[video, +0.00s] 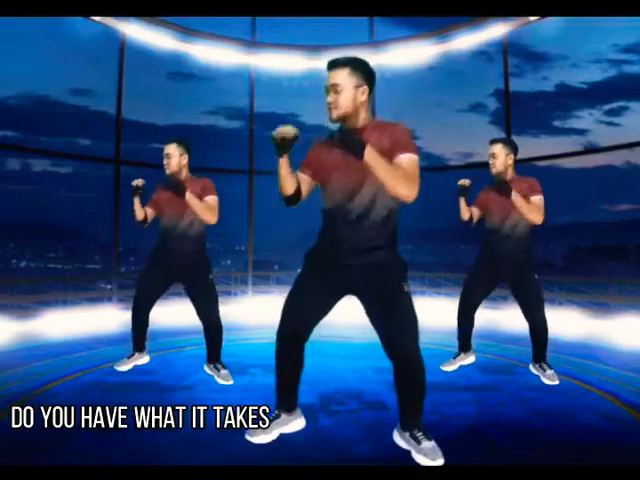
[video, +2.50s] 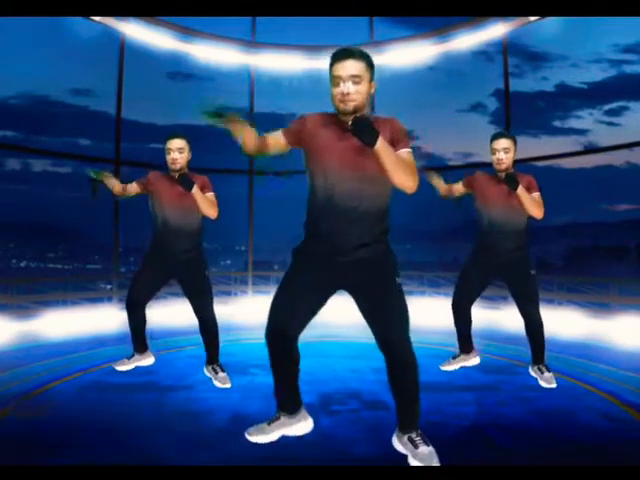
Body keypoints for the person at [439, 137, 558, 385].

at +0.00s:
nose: (491, 161)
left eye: (495, 156)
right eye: (490, 157)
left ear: (511, 158)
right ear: (491, 160)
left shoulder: (529, 185)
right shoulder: (488, 192)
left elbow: (537, 217)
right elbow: (468, 217)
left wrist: (514, 195)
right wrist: (463, 196)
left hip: (520, 262)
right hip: (490, 261)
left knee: (537, 317)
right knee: (467, 304)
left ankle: (539, 362)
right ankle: (465, 352)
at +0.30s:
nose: (479, 162)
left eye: (483, 157)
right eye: (479, 158)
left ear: (498, 159)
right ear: (483, 161)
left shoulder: (517, 185)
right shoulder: (480, 187)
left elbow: (527, 217)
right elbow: (465, 210)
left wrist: (501, 199)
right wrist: (466, 188)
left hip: (510, 259)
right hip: (487, 258)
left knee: (521, 313)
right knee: (462, 301)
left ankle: (541, 360)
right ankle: (466, 352)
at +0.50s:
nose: (479, 162)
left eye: (481, 158)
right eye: (480, 158)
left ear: (490, 160)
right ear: (497, 161)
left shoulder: (492, 178)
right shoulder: (502, 180)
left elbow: (457, 184)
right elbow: (464, 184)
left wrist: (440, 176)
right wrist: (443, 178)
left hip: (496, 259)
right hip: (493, 257)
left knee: (505, 316)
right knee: (461, 299)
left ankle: (555, 357)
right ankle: (465, 352)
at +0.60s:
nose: (478, 164)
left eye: (481, 160)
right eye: (478, 160)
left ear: (490, 160)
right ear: (495, 161)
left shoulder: (493, 178)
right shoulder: (500, 180)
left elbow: (456, 182)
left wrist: (436, 174)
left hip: (498, 259)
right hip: (491, 258)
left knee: (511, 315)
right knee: (459, 299)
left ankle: (559, 358)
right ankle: (465, 353)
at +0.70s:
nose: (474, 162)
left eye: (478, 158)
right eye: (473, 158)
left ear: (490, 158)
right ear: (479, 160)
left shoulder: (504, 179)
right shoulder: (479, 181)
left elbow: (500, 195)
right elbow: (470, 210)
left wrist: (479, 178)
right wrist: (469, 190)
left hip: (502, 255)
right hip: (483, 255)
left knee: (516, 310)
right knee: (461, 300)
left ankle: (558, 358)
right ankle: (465, 353)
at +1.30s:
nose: (493, 158)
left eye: (497, 152)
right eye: (488, 154)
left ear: (508, 153)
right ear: (485, 158)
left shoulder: (523, 179)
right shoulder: (482, 189)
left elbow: (535, 207)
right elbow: (463, 216)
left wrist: (512, 181)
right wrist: (456, 189)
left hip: (518, 259)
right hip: (487, 259)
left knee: (535, 311)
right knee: (468, 305)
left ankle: (542, 361)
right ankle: (465, 352)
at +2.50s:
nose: (500, 156)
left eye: (505, 151)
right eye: (496, 152)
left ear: (514, 154)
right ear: (490, 155)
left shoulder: (526, 182)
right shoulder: (477, 180)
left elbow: (538, 212)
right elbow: (448, 191)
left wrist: (517, 187)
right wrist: (434, 179)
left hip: (516, 259)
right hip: (485, 256)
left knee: (531, 314)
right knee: (460, 302)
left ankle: (539, 365)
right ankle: (467, 353)